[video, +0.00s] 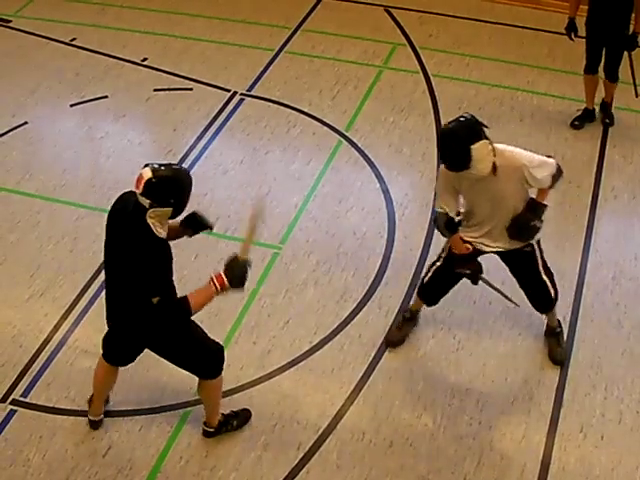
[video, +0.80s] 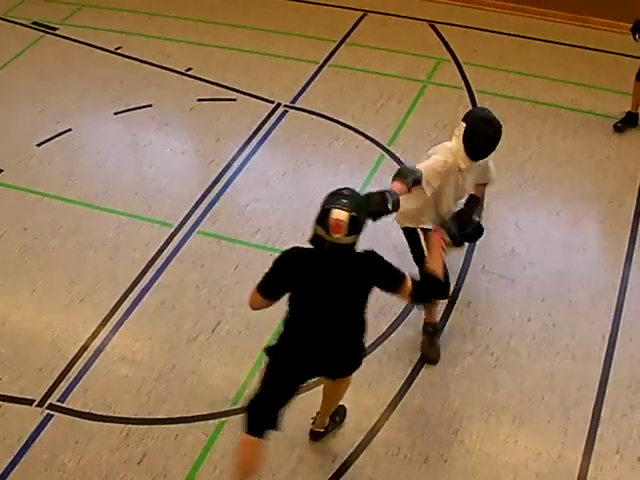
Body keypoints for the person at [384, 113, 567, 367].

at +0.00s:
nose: (481, 169)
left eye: (480, 162)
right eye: (473, 166)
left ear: (484, 149)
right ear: (459, 163)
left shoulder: (514, 160)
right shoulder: (450, 173)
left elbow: (552, 171)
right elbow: (442, 213)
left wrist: (535, 210)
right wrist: (453, 238)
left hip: (515, 240)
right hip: (471, 238)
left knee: (542, 293)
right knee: (434, 284)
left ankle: (553, 325)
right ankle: (412, 313)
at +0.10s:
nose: (460, 162)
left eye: (459, 155)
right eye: (452, 160)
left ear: (462, 141)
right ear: (437, 157)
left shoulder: (492, 150)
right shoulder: (430, 170)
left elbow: (528, 159)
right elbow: (430, 213)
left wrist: (512, 200)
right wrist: (445, 245)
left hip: (494, 227)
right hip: (452, 229)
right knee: (419, 279)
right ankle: (406, 314)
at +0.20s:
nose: (425, 152)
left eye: (430, 146)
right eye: (420, 148)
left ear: (442, 133)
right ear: (413, 140)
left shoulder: (474, 137)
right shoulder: (413, 162)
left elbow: (511, 149)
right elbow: (419, 210)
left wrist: (496, 190)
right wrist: (434, 243)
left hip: (479, 218)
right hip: (437, 225)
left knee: (504, 270)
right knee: (414, 278)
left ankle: (515, 305)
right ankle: (408, 312)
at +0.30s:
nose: (430, 141)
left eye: (433, 135)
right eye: (423, 137)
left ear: (443, 120)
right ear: (414, 131)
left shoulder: (474, 127)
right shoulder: (412, 151)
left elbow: (508, 142)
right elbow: (416, 199)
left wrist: (492, 182)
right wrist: (435, 236)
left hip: (475, 211)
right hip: (434, 217)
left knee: (498, 265)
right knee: (416, 269)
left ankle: (486, 287)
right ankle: (414, 311)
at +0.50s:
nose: (456, 134)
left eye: (459, 127)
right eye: (449, 130)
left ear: (469, 113)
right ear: (437, 123)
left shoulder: (493, 128)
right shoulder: (426, 141)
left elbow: (515, 154)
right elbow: (422, 189)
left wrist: (497, 188)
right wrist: (436, 231)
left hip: (475, 213)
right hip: (438, 215)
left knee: (476, 259)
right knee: (431, 272)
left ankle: (460, 262)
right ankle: (438, 319)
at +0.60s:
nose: (459, 141)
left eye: (466, 137)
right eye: (455, 136)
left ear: (482, 127)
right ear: (450, 124)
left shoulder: (501, 140)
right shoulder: (438, 141)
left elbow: (516, 166)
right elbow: (407, 190)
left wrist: (496, 197)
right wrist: (428, 230)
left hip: (472, 221)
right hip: (434, 220)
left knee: (482, 255)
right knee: (431, 286)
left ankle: (446, 243)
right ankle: (446, 327)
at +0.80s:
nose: (477, 156)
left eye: (483, 152)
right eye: (475, 149)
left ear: (488, 148)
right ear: (464, 138)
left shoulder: (480, 160)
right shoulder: (443, 160)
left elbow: (481, 184)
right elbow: (411, 176)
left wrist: (471, 209)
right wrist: (392, 196)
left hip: (442, 214)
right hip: (415, 217)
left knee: (461, 239)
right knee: (436, 278)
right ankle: (430, 324)